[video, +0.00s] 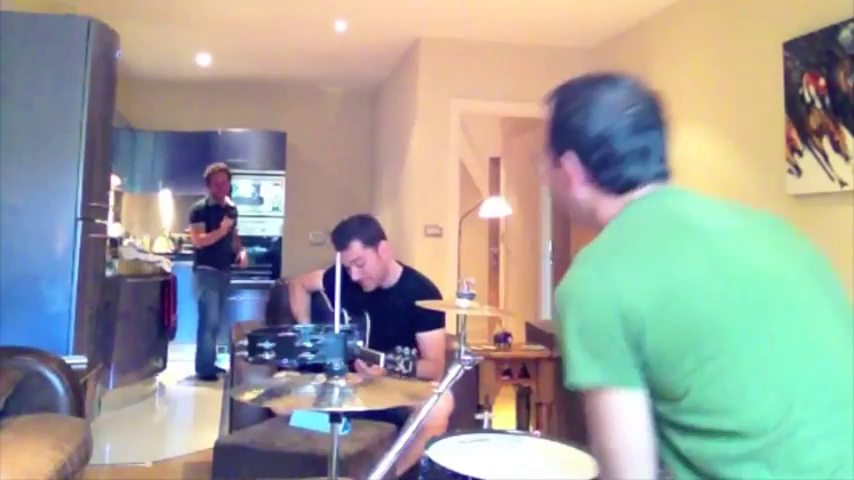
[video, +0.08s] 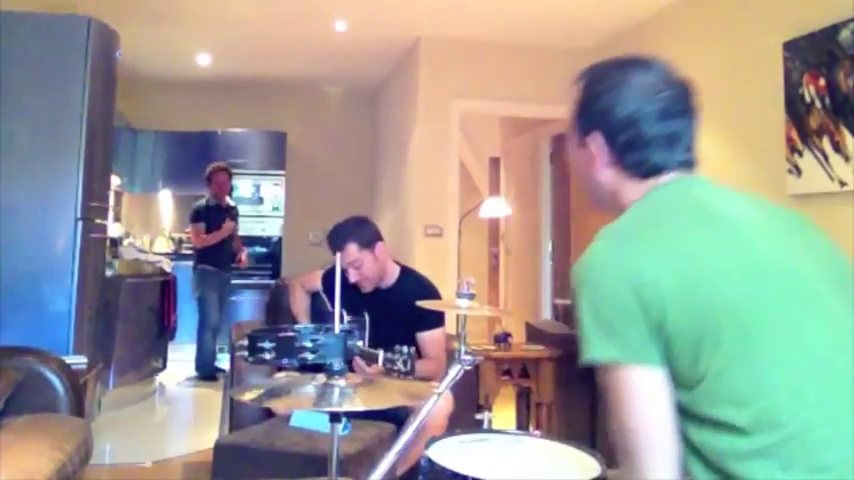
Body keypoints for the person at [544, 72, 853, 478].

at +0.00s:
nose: (546, 179)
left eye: (549, 164)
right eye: (547, 162)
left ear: (571, 171)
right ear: (653, 147)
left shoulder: (597, 279)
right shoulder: (762, 226)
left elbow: (628, 471)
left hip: (749, 468)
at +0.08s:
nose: (571, 157)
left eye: (573, 142)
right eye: (572, 141)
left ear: (598, 152)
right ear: (681, 134)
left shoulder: (616, 259)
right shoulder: (785, 220)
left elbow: (651, 468)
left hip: (748, 468)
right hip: (843, 460)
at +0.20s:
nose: (623, 132)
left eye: (625, 113)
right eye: (624, 113)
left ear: (649, 121)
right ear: (734, 116)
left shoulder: (666, 232)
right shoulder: (825, 215)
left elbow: (702, 462)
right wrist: (693, 439)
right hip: (841, 464)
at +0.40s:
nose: (672, 95)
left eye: (678, 77)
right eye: (676, 76)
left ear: (705, 92)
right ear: (796, 97)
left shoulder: (736, 215)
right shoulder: (842, 190)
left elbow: (754, 462)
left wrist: (684, 453)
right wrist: (735, 422)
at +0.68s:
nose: (710, 73)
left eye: (719, 55)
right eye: (717, 54)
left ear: (747, 76)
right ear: (829, 79)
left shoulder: (767, 217)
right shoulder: (841, 182)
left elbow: (784, 465)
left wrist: (695, 452)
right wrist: (753, 407)